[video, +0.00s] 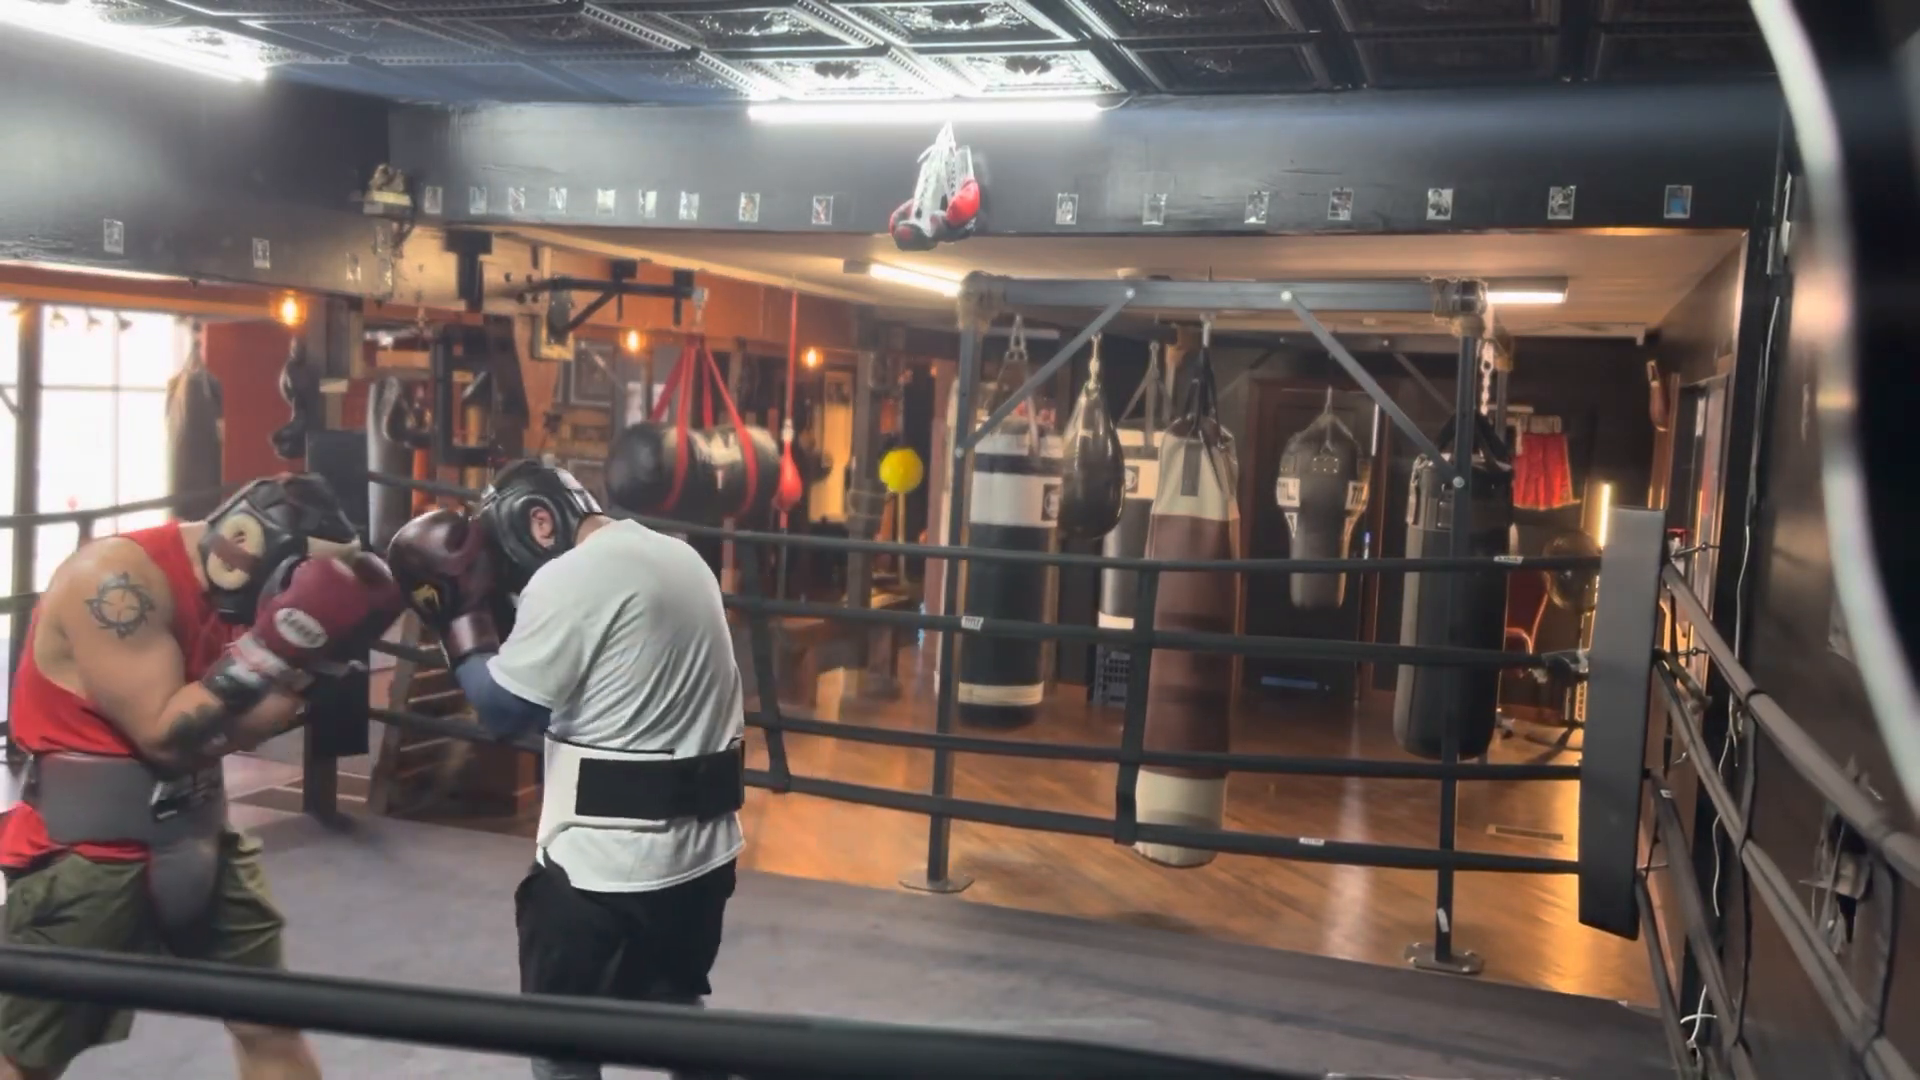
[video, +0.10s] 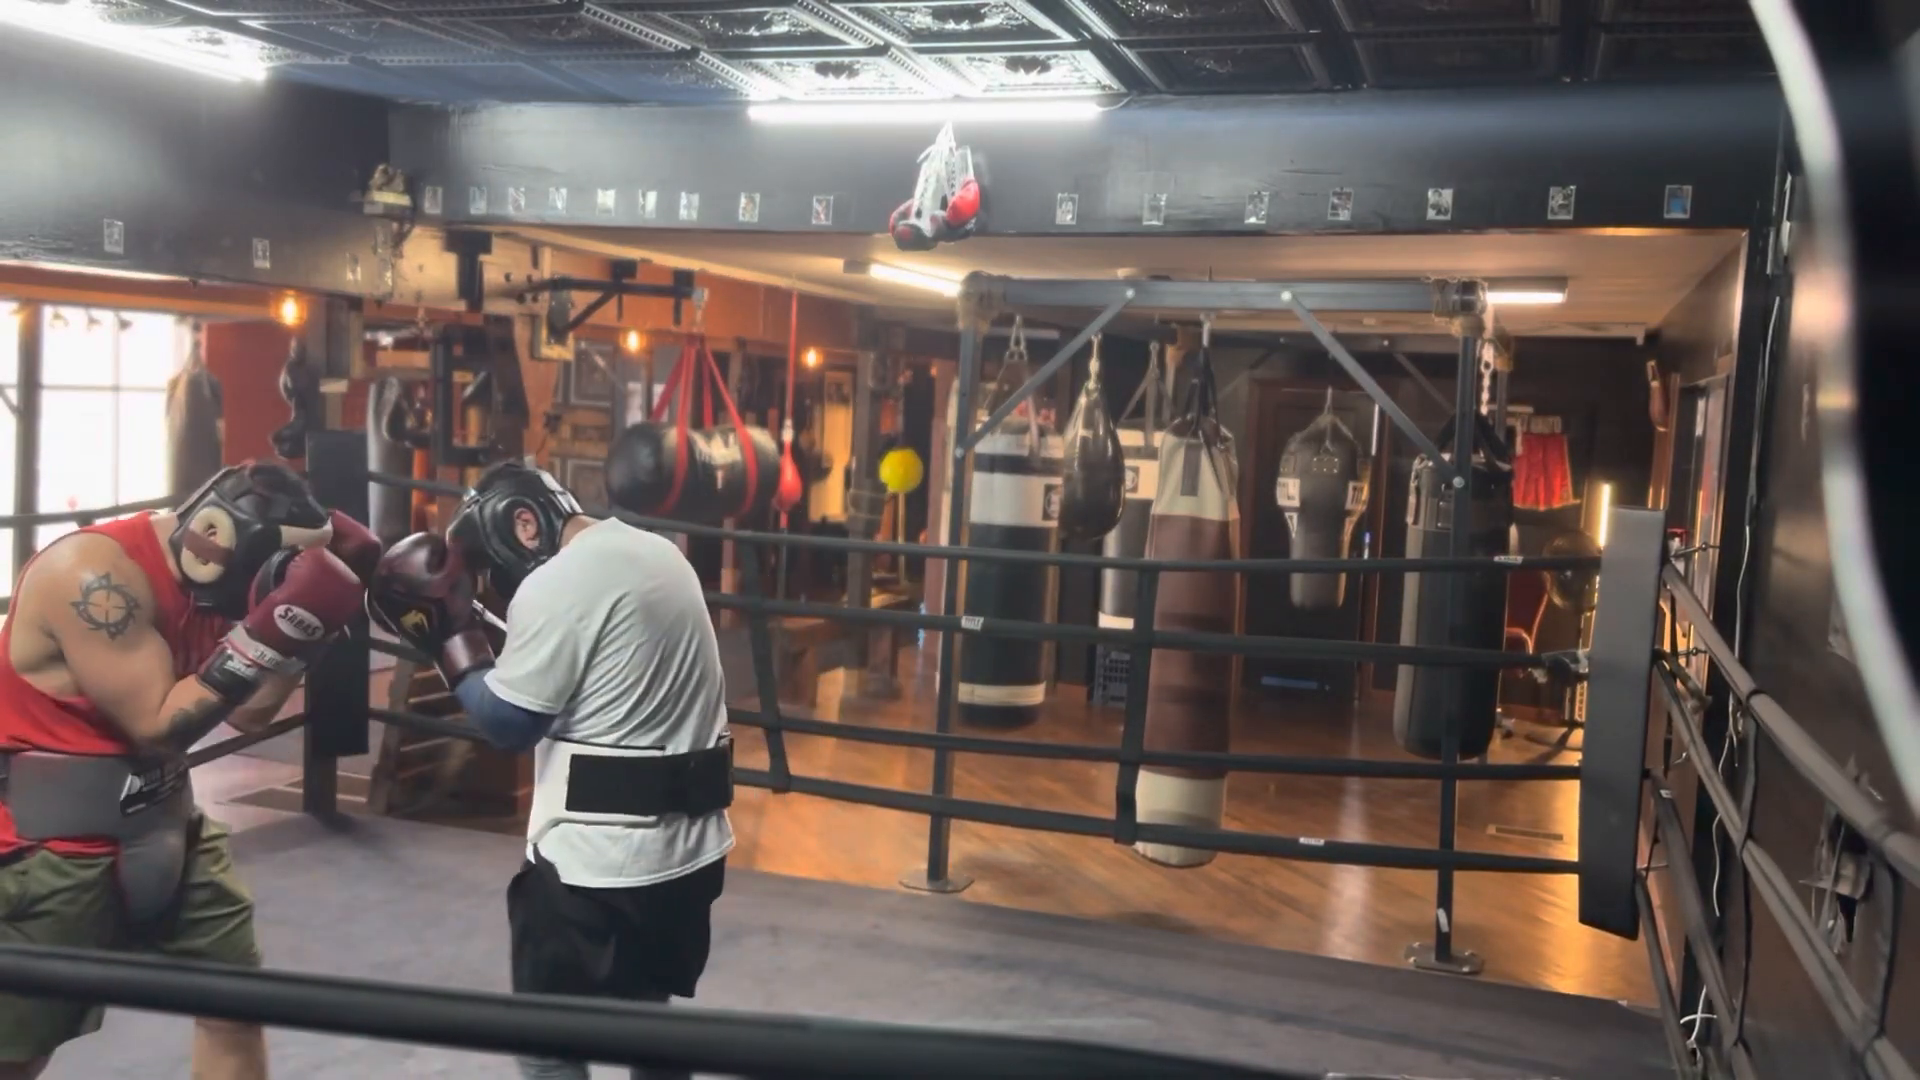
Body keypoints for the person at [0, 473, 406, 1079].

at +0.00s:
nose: (283, 604)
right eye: (286, 588)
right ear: (246, 552)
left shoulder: (237, 594)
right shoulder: (107, 578)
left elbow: (224, 730)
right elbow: (166, 736)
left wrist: (323, 660)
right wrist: (269, 648)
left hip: (199, 838)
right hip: (84, 852)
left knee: (269, 1029)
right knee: (23, 1060)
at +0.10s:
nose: (266, 586)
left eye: (273, 577)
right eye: (269, 571)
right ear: (219, 537)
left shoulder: (210, 585)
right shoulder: (87, 575)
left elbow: (253, 711)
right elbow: (158, 726)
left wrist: (307, 616)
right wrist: (269, 637)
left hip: (165, 819)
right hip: (53, 841)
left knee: (233, 1008)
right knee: (19, 1053)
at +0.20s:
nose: (248, 597)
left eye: (259, 583)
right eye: (257, 577)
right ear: (210, 534)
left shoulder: (211, 582)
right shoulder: (87, 577)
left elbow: (254, 706)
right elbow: (166, 728)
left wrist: (305, 614)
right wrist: (271, 633)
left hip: (157, 825)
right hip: (48, 845)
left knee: (224, 1007)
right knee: (18, 1047)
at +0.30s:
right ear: (227, 548)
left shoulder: (210, 582)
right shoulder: (100, 577)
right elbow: (159, 732)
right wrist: (260, 645)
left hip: (157, 819)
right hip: (49, 844)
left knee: (231, 1012)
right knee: (19, 1057)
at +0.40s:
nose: (250, 565)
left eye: (267, 553)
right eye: (244, 547)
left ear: (274, 547)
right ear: (219, 516)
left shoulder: (220, 577)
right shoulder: (95, 559)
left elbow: (175, 682)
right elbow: (94, 709)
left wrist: (253, 709)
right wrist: (219, 631)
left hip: (165, 825)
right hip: (37, 841)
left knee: (248, 994)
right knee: (13, 1040)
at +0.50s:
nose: (202, 503)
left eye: (224, 499)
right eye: (197, 488)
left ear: (266, 519)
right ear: (189, 474)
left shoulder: (268, 586)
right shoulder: (91, 529)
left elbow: (335, 718)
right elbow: (30, 656)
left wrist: (343, 602)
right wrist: (167, 613)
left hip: (156, 837)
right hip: (24, 827)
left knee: (229, 1035)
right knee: (1, 1034)